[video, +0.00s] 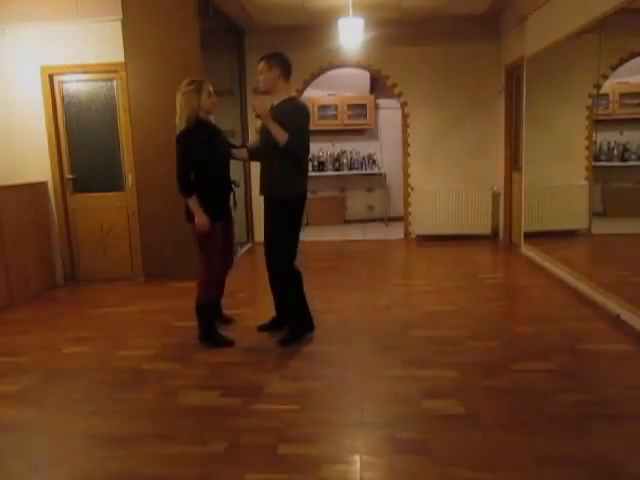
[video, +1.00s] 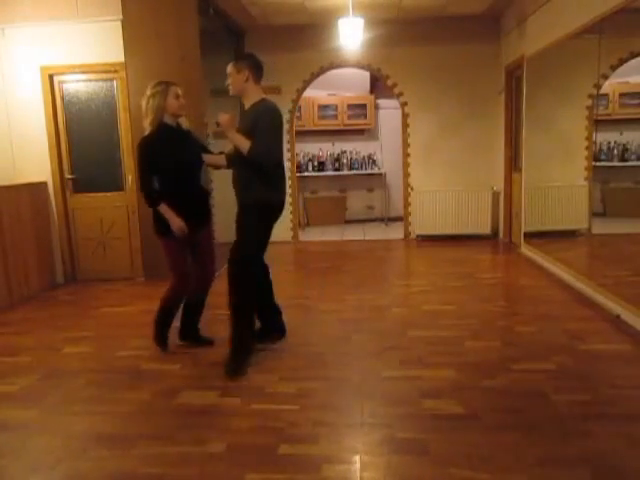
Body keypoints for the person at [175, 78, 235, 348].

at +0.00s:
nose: (214, 99)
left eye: (213, 94)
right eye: (209, 95)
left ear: (205, 99)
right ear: (194, 99)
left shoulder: (212, 130)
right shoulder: (187, 136)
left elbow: (231, 152)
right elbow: (184, 180)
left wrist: (255, 150)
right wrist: (196, 210)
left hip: (222, 203)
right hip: (204, 207)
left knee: (223, 262)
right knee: (210, 267)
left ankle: (214, 309)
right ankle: (206, 328)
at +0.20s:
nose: (210, 101)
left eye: (210, 97)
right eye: (204, 97)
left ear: (205, 102)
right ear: (189, 102)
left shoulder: (210, 132)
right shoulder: (183, 139)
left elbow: (233, 149)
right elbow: (184, 183)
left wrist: (258, 146)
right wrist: (199, 212)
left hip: (219, 202)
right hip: (201, 207)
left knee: (216, 262)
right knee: (206, 266)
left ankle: (212, 309)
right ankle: (205, 326)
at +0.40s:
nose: (204, 105)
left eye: (204, 100)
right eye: (199, 101)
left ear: (202, 105)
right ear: (184, 105)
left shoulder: (207, 136)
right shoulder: (173, 142)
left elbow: (239, 154)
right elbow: (168, 185)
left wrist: (264, 140)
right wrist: (189, 212)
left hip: (214, 199)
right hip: (193, 203)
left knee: (211, 259)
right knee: (220, 261)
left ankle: (210, 307)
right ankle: (192, 294)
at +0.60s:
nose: (199, 105)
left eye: (199, 100)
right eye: (193, 100)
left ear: (197, 105)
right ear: (178, 104)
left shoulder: (201, 135)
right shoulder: (165, 140)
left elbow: (227, 152)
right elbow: (156, 180)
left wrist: (252, 147)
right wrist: (180, 206)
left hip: (209, 201)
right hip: (185, 205)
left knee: (216, 260)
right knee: (196, 264)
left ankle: (211, 309)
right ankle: (183, 311)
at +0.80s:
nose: (191, 104)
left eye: (191, 100)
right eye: (186, 100)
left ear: (188, 105)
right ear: (170, 105)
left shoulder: (194, 136)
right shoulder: (158, 142)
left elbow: (217, 154)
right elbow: (154, 185)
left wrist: (243, 153)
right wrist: (181, 208)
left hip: (201, 208)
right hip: (173, 211)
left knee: (215, 265)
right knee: (181, 268)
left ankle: (194, 320)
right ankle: (187, 321)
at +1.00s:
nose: (183, 102)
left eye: (182, 97)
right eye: (176, 97)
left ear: (177, 101)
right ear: (159, 102)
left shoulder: (186, 136)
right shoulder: (149, 143)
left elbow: (207, 157)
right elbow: (148, 190)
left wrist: (235, 158)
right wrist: (170, 217)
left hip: (198, 209)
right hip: (172, 214)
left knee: (205, 272)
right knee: (183, 276)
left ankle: (189, 329)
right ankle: (162, 325)